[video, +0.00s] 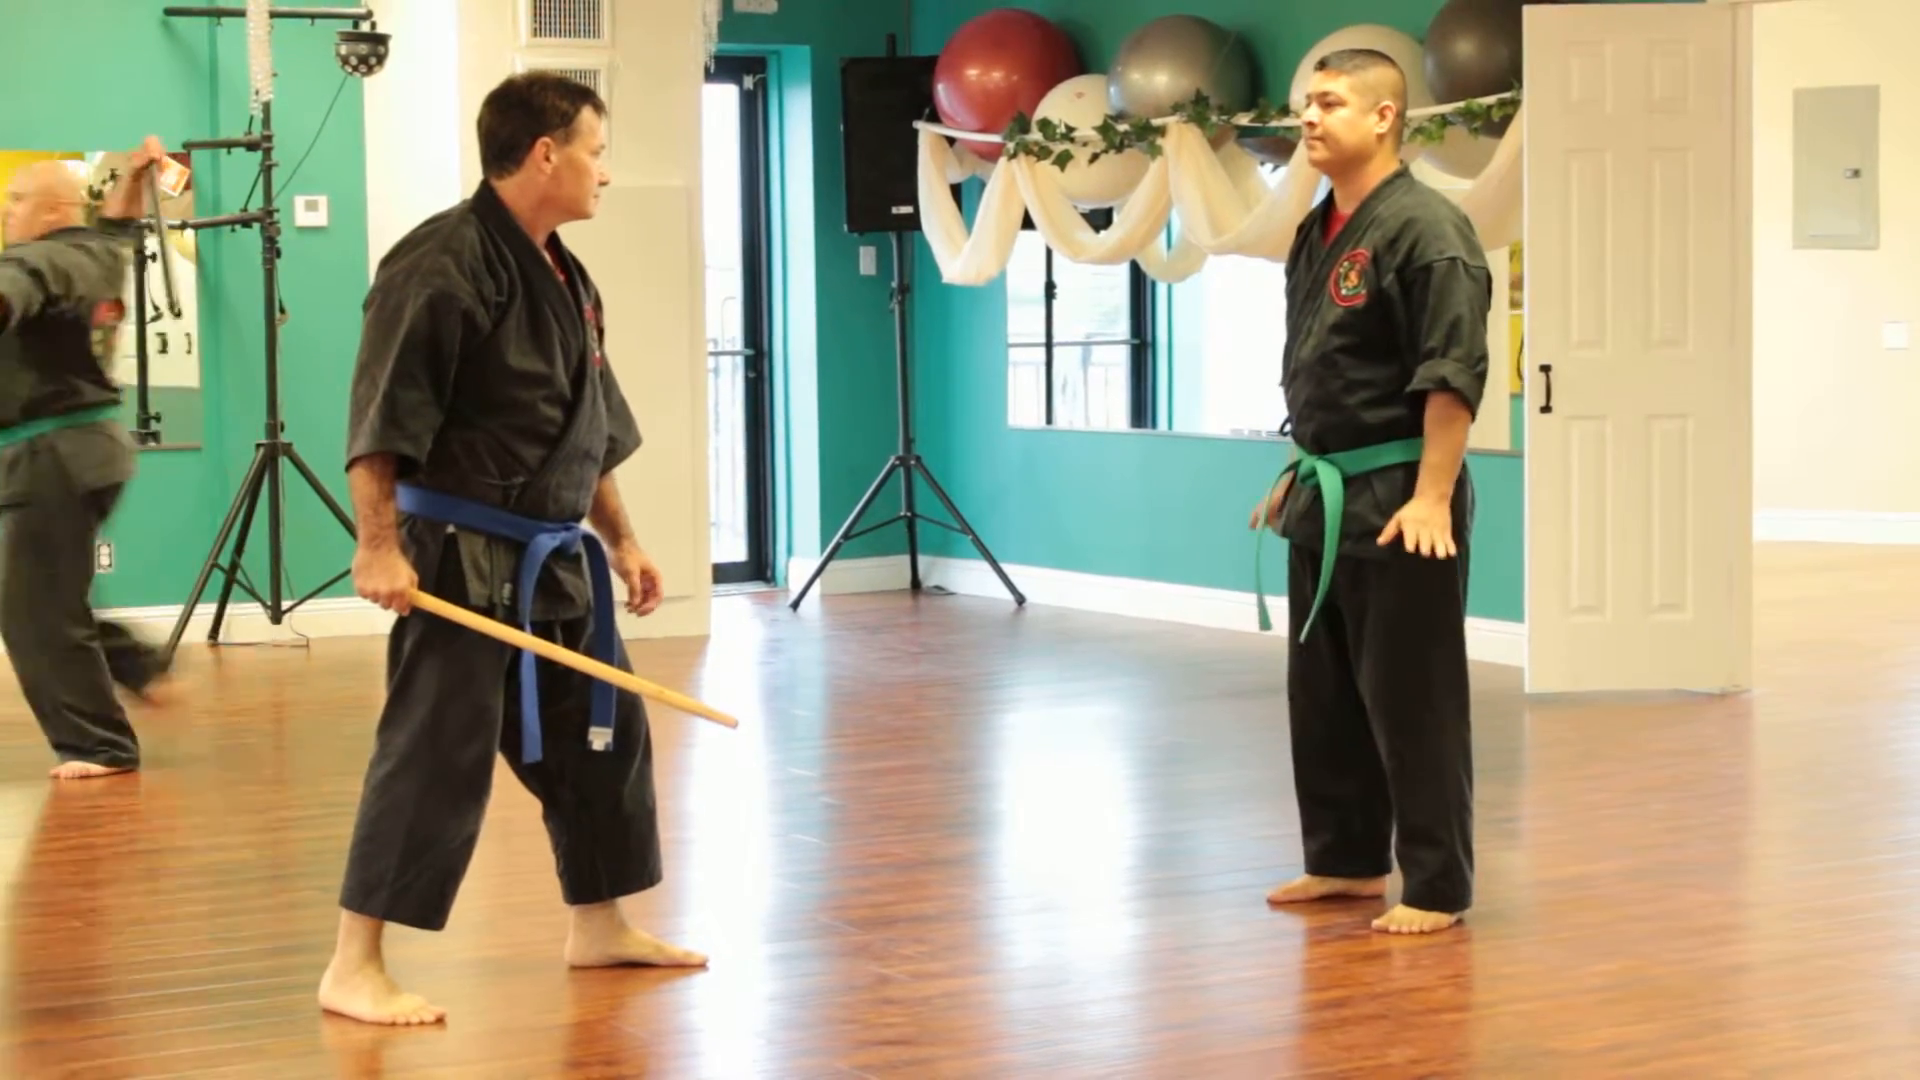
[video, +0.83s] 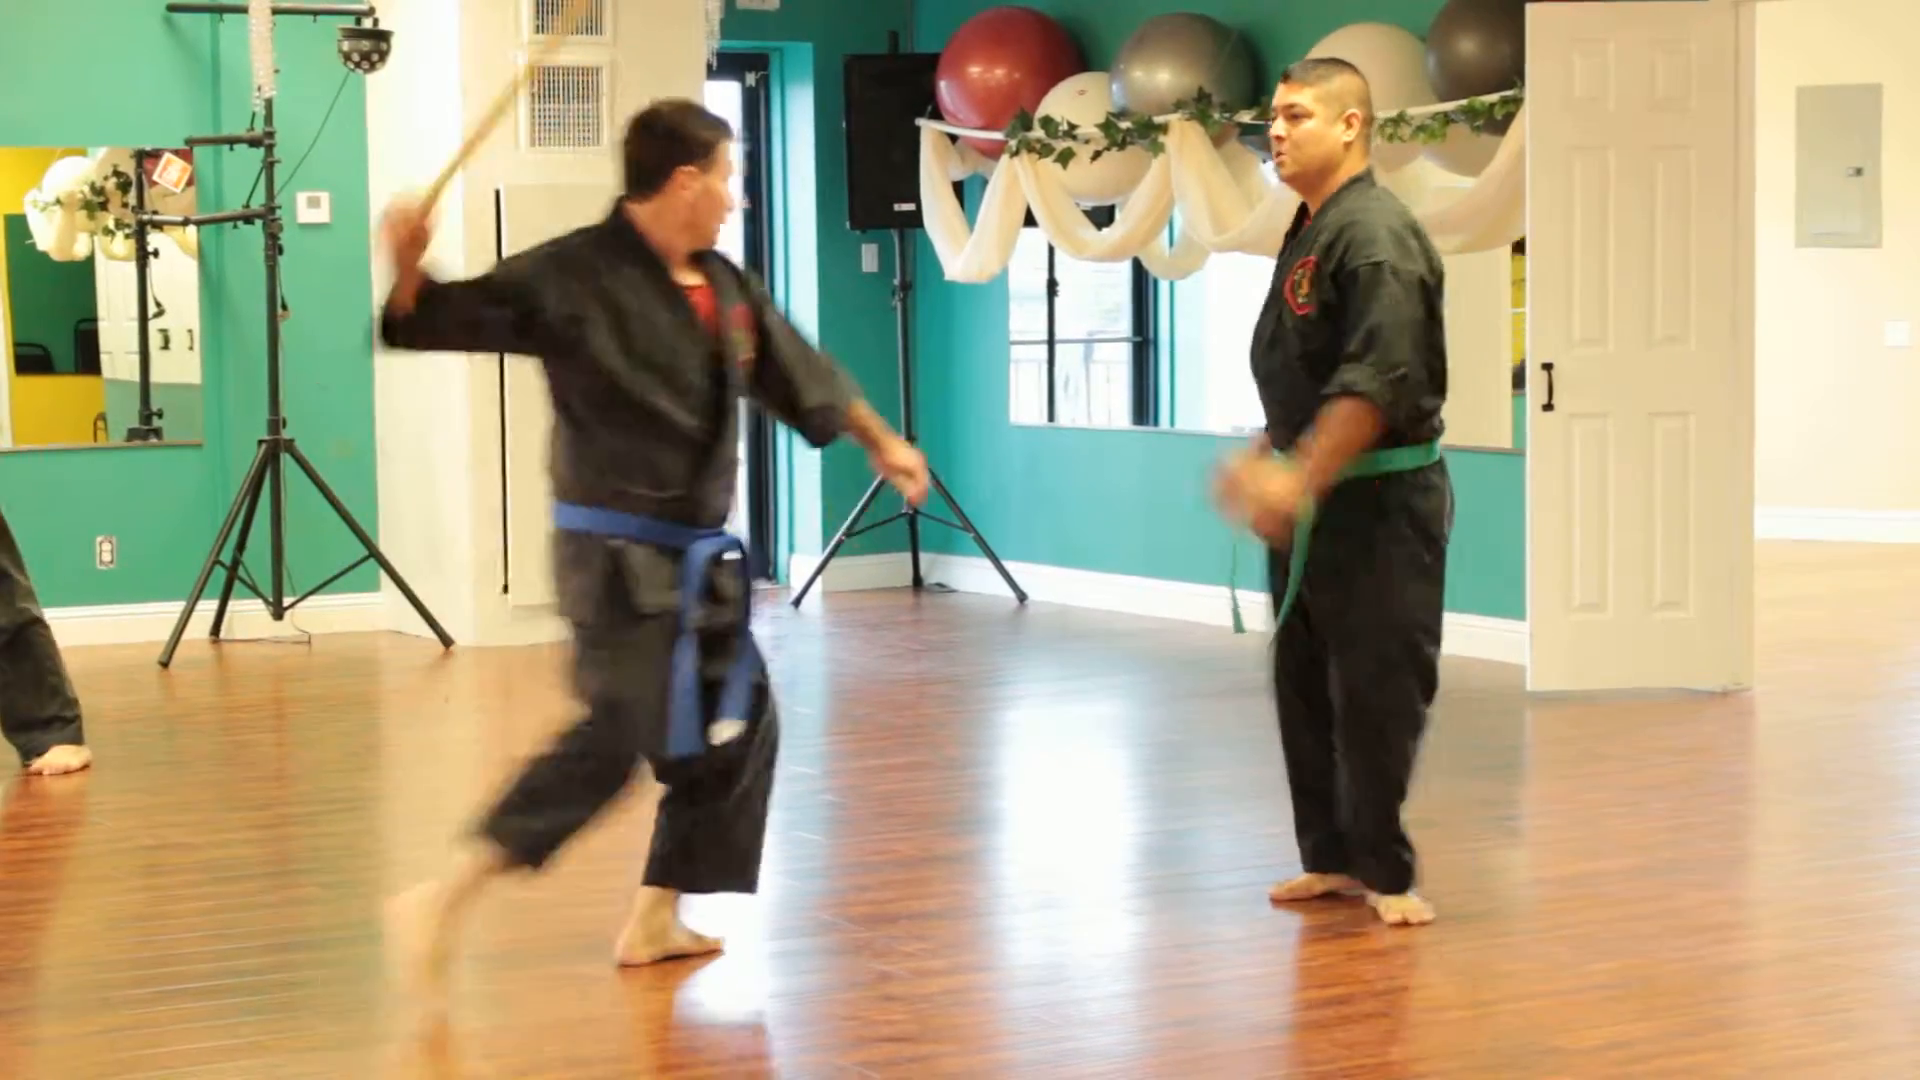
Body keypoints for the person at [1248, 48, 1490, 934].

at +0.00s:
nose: (1308, 119)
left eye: (1329, 104)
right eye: (1306, 106)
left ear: (1385, 118)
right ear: (1308, 123)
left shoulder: (1429, 226)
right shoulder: (1317, 230)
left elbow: (1453, 375)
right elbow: (1320, 366)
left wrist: (1432, 496)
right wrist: (1301, 468)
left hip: (1402, 481)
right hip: (1326, 481)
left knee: (1412, 689)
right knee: (1328, 683)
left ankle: (1436, 887)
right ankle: (1347, 861)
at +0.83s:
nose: (1276, 131)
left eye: (1295, 116)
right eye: (1274, 118)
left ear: (1352, 127)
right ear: (1291, 132)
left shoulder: (1377, 233)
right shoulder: (1313, 228)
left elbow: (1375, 385)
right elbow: (1312, 373)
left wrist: (1301, 477)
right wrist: (1268, 454)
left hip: (1385, 487)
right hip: (1318, 480)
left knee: (1375, 679)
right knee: (1307, 675)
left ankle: (1388, 873)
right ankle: (1336, 861)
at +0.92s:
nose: (1272, 144)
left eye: (1291, 129)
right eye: (1269, 131)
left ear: (1347, 140)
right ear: (1274, 145)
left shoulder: (1366, 239)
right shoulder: (1310, 241)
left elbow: (1335, 370)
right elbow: (1283, 369)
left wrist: (1220, 383)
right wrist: (1264, 387)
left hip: (1379, 497)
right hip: (1303, 494)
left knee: (1373, 688)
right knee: (1246, 658)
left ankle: (1384, 873)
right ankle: (1308, 824)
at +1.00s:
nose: (1268, 154)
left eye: (1286, 139)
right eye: (1264, 140)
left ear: (1340, 150)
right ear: (1269, 153)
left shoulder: (1359, 253)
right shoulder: (1309, 244)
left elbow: (1255, 349)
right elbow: (1282, 296)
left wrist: (1170, 291)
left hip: (1371, 505)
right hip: (1291, 500)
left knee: (1366, 684)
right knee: (1199, 642)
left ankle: (1383, 878)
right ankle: (1226, 812)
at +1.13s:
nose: (1248, 163)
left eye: (1265, 146)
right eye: (1241, 150)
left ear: (1321, 153)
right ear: (1243, 164)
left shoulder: (1337, 247)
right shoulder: (1267, 246)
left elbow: (1232, 291)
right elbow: (1201, 280)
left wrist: (1146, 230)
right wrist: (1168, 204)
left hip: (1343, 513)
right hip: (1257, 510)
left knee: (1338, 691)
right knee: (1159, 663)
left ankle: (1382, 884)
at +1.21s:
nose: (1194, 169)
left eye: (1210, 154)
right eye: (1188, 156)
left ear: (1265, 162)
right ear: (1185, 167)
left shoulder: (1293, 246)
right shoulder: (1191, 261)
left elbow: (1219, 245)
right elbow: (1128, 295)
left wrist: (1116, 212)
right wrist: (1079, 205)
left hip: (1284, 513)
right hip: (1189, 510)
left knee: (1299, 694)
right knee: (1096, 676)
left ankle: (1348, 884)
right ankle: (1016, 826)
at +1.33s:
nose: (1133, 163)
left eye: (1154, 146)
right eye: (1125, 149)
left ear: (1198, 158)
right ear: (1112, 162)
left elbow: (1305, 199)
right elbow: (999, 282)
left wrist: (1201, 167)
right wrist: (959, 194)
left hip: (1228, 516)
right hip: (1121, 515)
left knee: (1270, 694)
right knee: (1041, 672)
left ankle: (1353, 880)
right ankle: (953, 831)